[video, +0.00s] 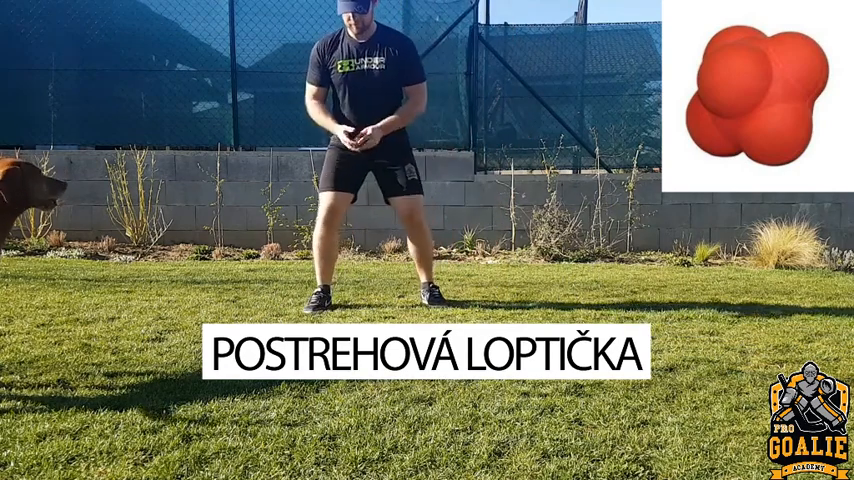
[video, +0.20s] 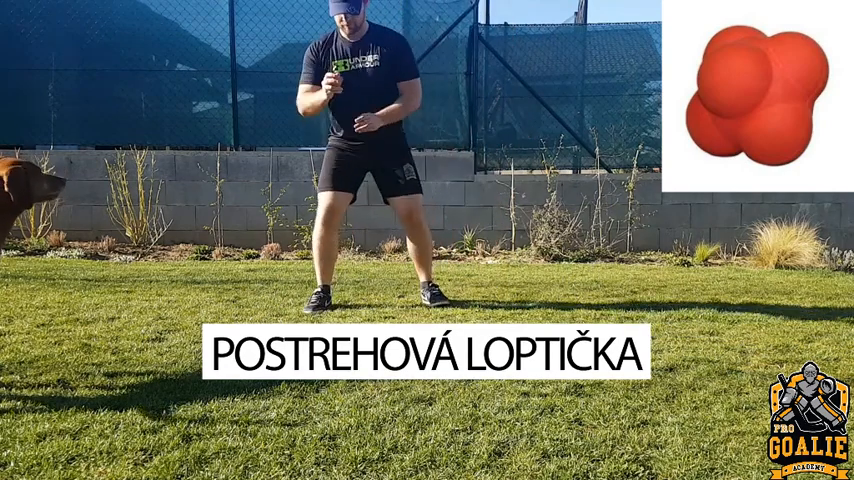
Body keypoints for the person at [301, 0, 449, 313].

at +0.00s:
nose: (354, 19)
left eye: (360, 12)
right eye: (348, 13)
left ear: (373, 7)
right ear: (340, 11)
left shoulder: (400, 45)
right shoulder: (325, 48)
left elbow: (418, 101)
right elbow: (313, 103)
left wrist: (381, 129)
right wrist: (337, 128)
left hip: (391, 141)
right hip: (344, 143)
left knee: (412, 213)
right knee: (328, 212)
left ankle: (429, 287)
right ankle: (323, 290)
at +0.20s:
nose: (345, 20)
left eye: (351, 12)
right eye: (339, 14)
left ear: (364, 7)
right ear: (332, 13)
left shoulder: (393, 42)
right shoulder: (318, 50)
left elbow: (413, 97)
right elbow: (304, 106)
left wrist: (379, 117)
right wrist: (324, 94)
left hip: (389, 142)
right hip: (344, 144)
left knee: (412, 212)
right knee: (327, 211)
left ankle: (428, 285)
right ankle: (322, 290)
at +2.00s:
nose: (340, 25)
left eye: (346, 17)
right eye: (333, 19)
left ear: (361, 12)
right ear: (326, 21)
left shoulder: (396, 51)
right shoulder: (319, 65)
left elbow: (427, 106)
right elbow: (310, 116)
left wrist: (391, 143)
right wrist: (311, 149)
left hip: (403, 150)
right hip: (353, 151)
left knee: (431, 229)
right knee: (314, 216)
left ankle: (449, 290)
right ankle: (271, 295)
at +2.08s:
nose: (362, 22)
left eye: (368, 13)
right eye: (355, 15)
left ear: (384, 10)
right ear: (348, 17)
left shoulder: (415, 50)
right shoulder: (339, 61)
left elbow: (445, 104)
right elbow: (328, 115)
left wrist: (414, 150)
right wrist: (338, 146)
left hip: (418, 150)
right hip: (368, 150)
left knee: (436, 231)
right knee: (327, 216)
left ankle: (451, 293)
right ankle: (300, 293)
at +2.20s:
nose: (380, 16)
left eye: (387, 9)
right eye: (373, 10)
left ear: (399, 7)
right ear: (365, 11)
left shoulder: (428, 46)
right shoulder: (351, 53)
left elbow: (456, 98)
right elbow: (336, 108)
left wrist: (437, 151)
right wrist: (353, 129)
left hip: (423, 153)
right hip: (373, 152)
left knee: (439, 228)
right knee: (338, 219)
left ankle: (452, 292)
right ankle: (313, 293)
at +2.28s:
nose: (383, 15)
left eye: (390, 7)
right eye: (376, 9)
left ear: (401, 6)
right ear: (367, 9)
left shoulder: (430, 44)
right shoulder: (352, 50)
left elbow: (459, 96)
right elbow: (336, 106)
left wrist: (442, 145)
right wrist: (356, 109)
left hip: (421, 150)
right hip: (373, 149)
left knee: (439, 227)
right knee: (339, 218)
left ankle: (451, 293)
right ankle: (313, 293)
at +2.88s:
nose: (379, 16)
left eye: (385, 9)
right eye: (371, 10)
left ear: (395, 8)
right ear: (362, 9)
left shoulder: (421, 46)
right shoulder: (342, 49)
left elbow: (439, 102)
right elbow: (325, 103)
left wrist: (434, 138)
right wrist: (317, 155)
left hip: (409, 148)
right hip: (360, 148)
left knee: (433, 217)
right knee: (334, 218)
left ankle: (450, 290)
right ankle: (314, 293)